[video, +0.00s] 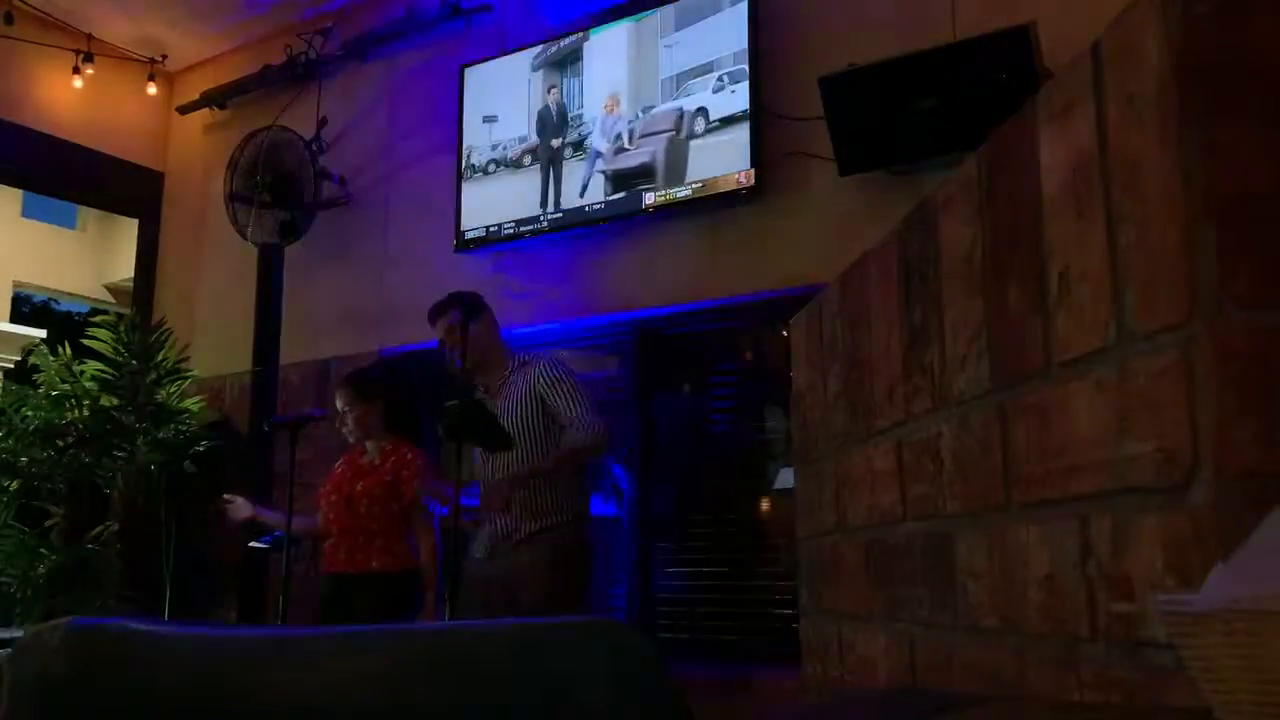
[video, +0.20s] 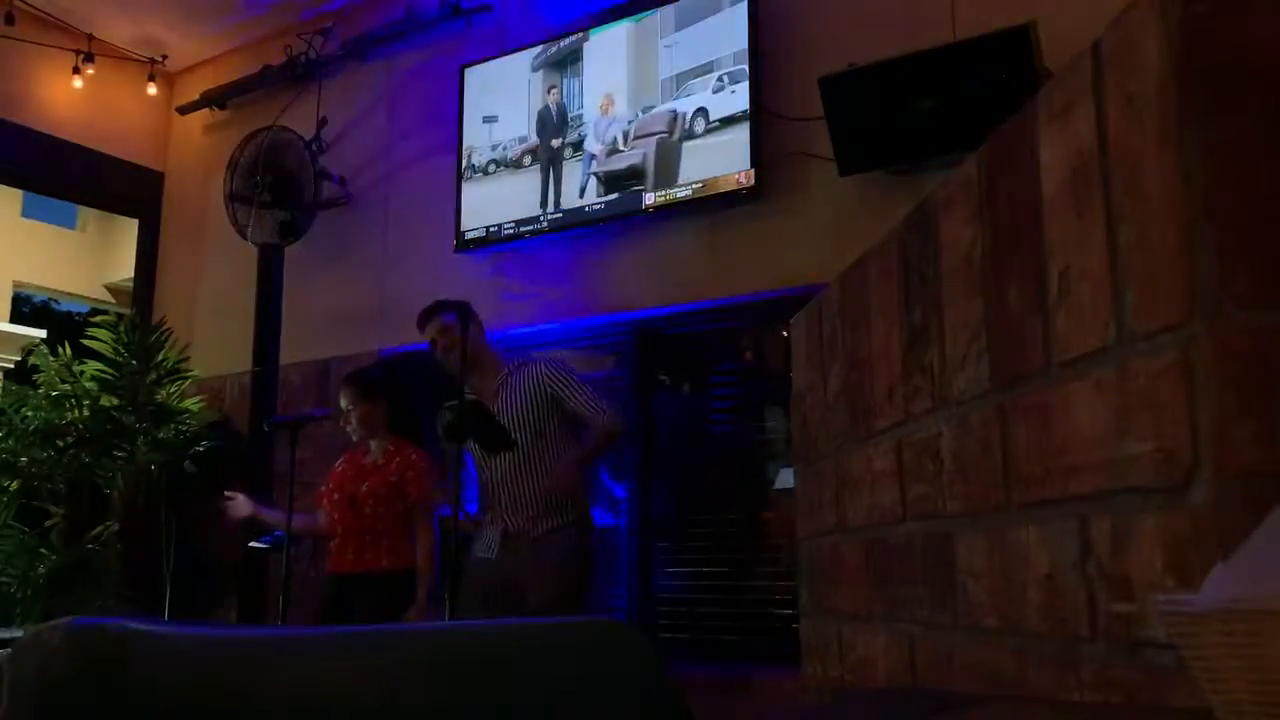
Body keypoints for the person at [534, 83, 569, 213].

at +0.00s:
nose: (556, 96)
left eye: (557, 93)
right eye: (554, 94)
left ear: (559, 95)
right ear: (548, 95)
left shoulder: (562, 110)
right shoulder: (542, 112)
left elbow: (565, 126)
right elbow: (539, 131)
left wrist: (561, 138)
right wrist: (550, 141)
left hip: (558, 148)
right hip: (545, 149)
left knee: (558, 179)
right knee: (545, 179)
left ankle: (557, 205)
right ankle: (543, 207)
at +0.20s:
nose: (556, 96)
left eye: (557, 94)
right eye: (553, 94)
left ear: (559, 95)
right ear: (548, 95)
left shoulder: (562, 109)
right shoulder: (542, 112)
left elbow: (565, 126)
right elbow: (539, 132)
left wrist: (561, 138)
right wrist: (550, 141)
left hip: (558, 148)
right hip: (545, 149)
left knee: (558, 179)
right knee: (545, 179)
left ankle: (557, 205)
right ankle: (543, 207)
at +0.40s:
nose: (555, 96)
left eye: (557, 94)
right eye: (553, 94)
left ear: (559, 95)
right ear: (548, 96)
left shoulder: (562, 109)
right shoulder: (542, 111)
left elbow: (565, 125)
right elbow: (539, 131)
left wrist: (562, 138)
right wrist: (549, 141)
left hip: (558, 148)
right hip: (546, 149)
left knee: (558, 179)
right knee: (545, 179)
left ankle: (557, 205)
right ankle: (543, 207)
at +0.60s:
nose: (556, 96)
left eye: (557, 94)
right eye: (553, 94)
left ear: (559, 95)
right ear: (548, 96)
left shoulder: (562, 108)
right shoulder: (542, 112)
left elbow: (566, 125)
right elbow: (539, 132)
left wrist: (562, 138)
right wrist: (549, 141)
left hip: (558, 148)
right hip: (546, 149)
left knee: (558, 179)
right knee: (545, 179)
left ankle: (557, 205)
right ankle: (543, 207)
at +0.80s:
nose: (555, 96)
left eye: (557, 94)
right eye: (553, 94)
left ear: (559, 95)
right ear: (548, 96)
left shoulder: (562, 109)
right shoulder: (542, 112)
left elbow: (565, 126)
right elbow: (539, 132)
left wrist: (561, 138)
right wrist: (550, 141)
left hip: (558, 150)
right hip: (546, 150)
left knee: (558, 180)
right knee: (545, 180)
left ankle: (557, 205)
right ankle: (543, 207)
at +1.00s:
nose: (556, 96)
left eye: (557, 94)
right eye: (553, 94)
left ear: (559, 95)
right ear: (548, 96)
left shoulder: (562, 109)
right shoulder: (542, 112)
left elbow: (565, 125)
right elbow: (539, 132)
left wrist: (562, 137)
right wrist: (549, 139)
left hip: (558, 150)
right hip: (546, 151)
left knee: (558, 179)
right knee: (545, 180)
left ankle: (557, 205)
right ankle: (543, 207)